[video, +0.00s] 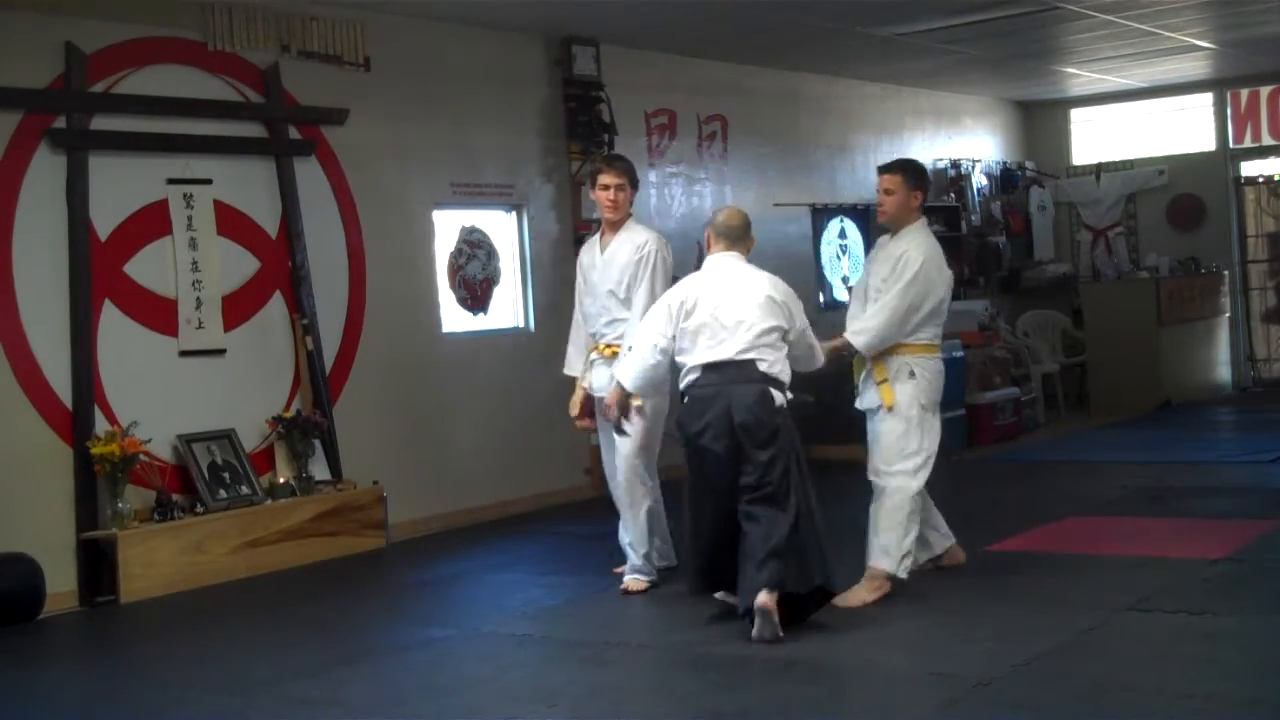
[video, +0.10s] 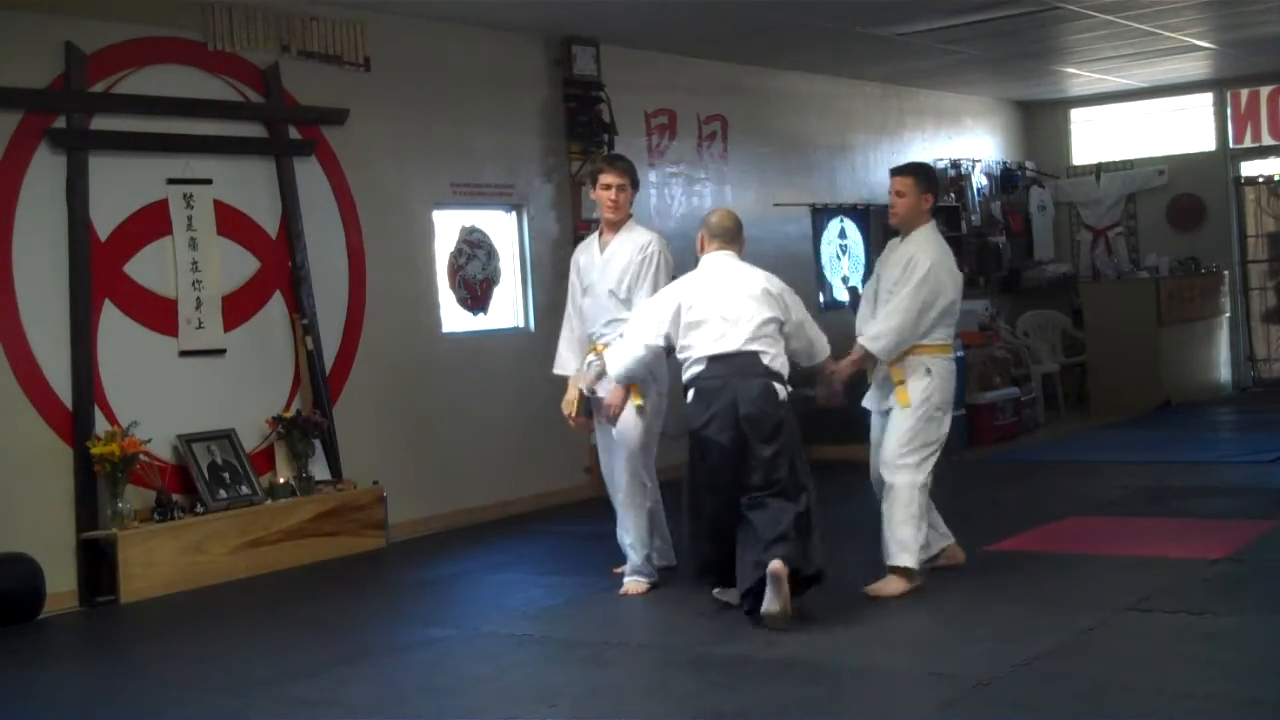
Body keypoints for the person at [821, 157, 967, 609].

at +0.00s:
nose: (879, 200)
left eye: (888, 193)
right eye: (879, 192)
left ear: (916, 199)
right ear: (886, 198)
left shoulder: (921, 252)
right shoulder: (888, 245)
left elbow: (887, 319)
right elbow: (862, 301)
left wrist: (837, 344)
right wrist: (851, 342)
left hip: (910, 370)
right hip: (882, 367)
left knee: (896, 471)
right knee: (886, 467)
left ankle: (879, 573)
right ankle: (943, 546)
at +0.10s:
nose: (891, 202)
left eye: (899, 195)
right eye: (890, 195)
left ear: (926, 201)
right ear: (898, 200)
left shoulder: (930, 255)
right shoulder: (896, 247)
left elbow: (902, 321)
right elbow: (871, 303)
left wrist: (853, 362)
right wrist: (860, 349)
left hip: (925, 370)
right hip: (891, 368)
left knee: (903, 466)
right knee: (883, 468)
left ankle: (902, 569)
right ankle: (942, 545)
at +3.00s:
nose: (1056, 193)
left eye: (1064, 187)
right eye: (1054, 187)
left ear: (1087, 191)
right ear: (1053, 192)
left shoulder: (1103, 237)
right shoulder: (1048, 238)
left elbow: (1106, 300)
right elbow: (1033, 294)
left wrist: (1085, 354)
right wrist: (1022, 346)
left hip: (1087, 336)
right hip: (1049, 336)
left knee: (1091, 420)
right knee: (1053, 421)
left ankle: (1105, 499)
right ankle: (1069, 495)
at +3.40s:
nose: (1058, 184)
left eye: (1066, 178)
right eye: (1056, 178)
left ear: (1088, 183)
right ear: (1056, 183)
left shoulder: (1107, 231)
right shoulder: (1048, 232)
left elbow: (1117, 292)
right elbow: (1033, 288)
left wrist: (1112, 350)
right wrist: (1024, 340)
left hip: (1090, 335)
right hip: (1052, 336)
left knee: (1099, 421)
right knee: (1061, 421)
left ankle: (1111, 500)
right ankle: (1081, 493)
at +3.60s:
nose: (1056, 183)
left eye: (1064, 177)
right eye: (1054, 178)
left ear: (1087, 181)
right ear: (1055, 182)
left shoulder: (1106, 229)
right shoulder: (1047, 232)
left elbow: (1118, 291)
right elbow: (1032, 288)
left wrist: (1117, 350)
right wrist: (1020, 340)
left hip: (1092, 335)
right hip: (1052, 336)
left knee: (1100, 420)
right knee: (1052, 419)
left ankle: (1112, 499)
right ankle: (1076, 487)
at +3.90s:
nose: (1044, 194)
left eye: (1053, 187)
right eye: (1043, 188)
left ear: (1077, 191)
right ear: (1043, 193)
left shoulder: (1099, 240)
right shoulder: (1036, 242)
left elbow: (1109, 300)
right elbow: (1022, 298)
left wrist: (1098, 358)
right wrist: (1012, 353)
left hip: (1085, 345)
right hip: (1040, 345)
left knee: (1097, 433)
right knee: (1028, 426)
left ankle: (1106, 505)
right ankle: (1027, 505)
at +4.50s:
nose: (958, 187)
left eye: (967, 179)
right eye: (955, 181)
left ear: (991, 183)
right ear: (954, 187)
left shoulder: (1017, 236)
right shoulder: (945, 240)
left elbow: (1029, 296)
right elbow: (925, 294)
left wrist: (1028, 355)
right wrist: (910, 350)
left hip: (1000, 346)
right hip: (956, 347)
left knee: (990, 436)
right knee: (958, 442)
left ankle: (1004, 518)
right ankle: (976, 526)